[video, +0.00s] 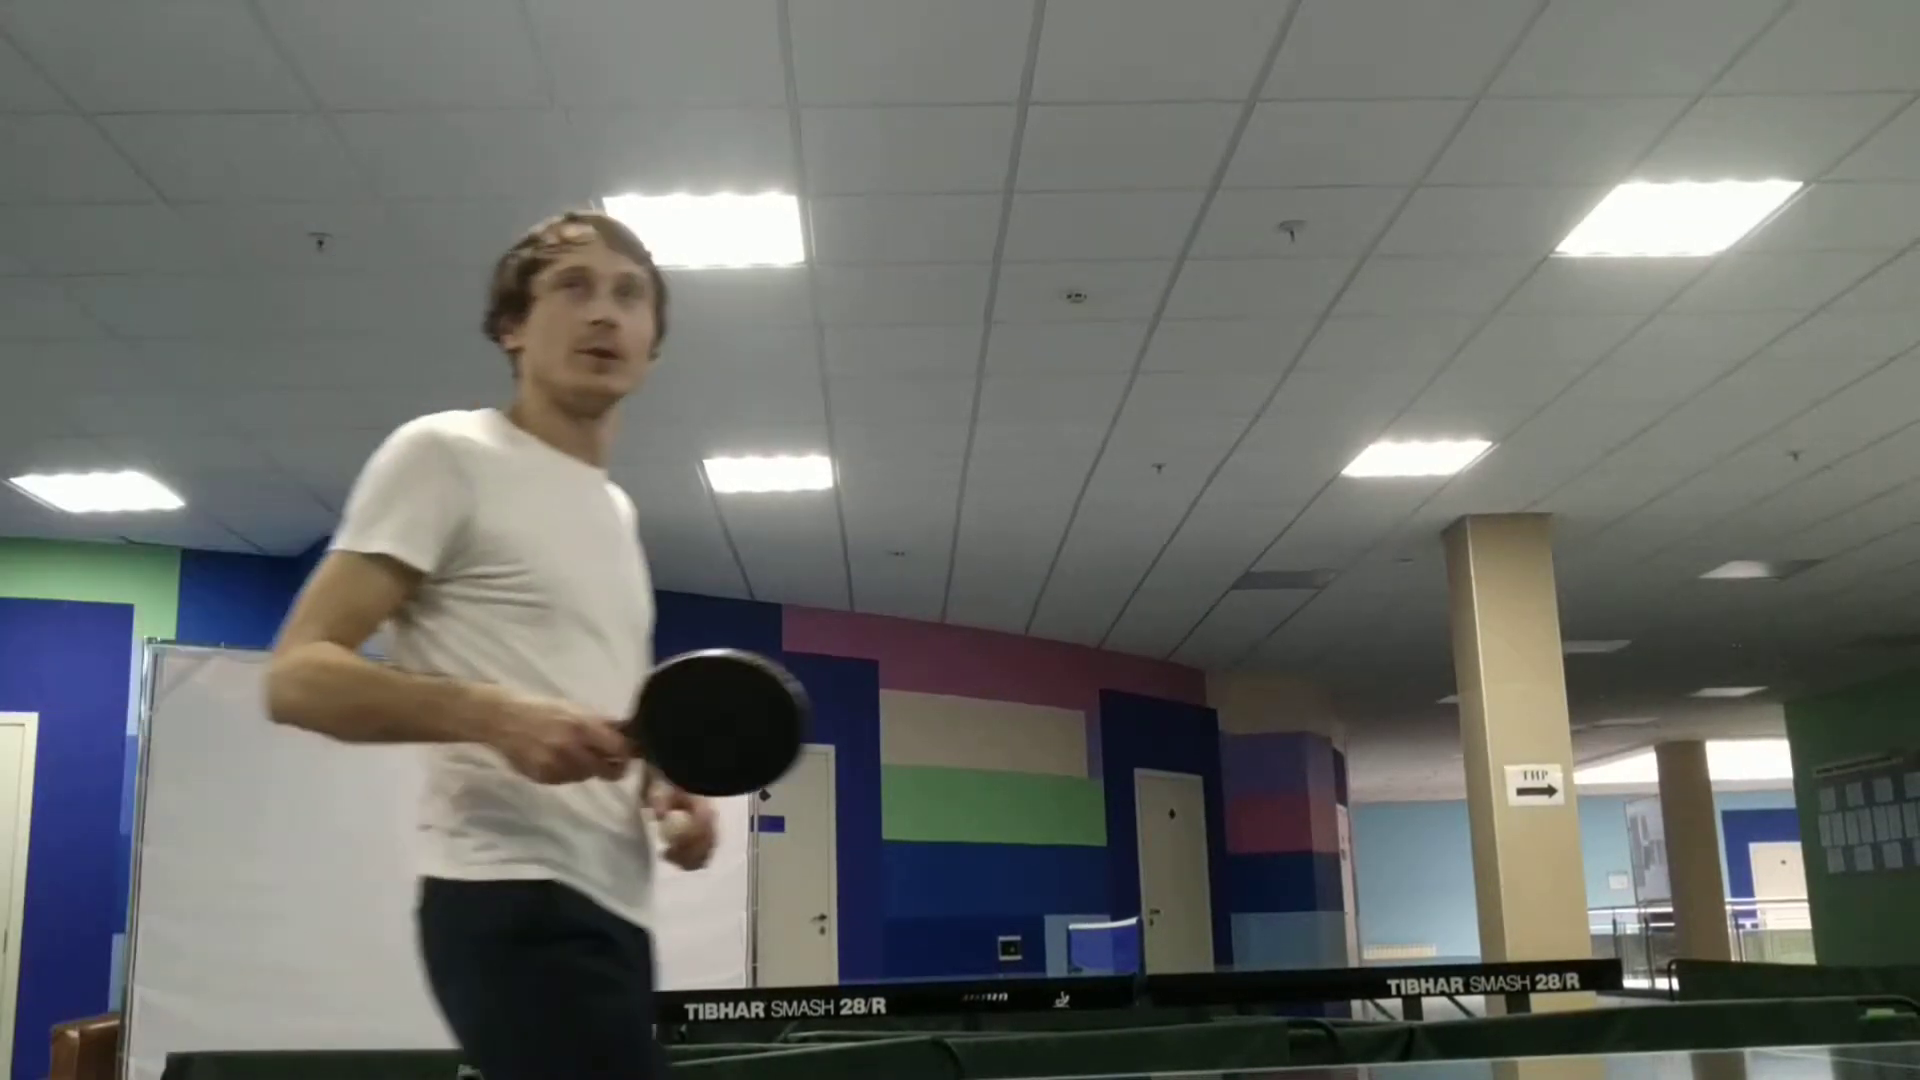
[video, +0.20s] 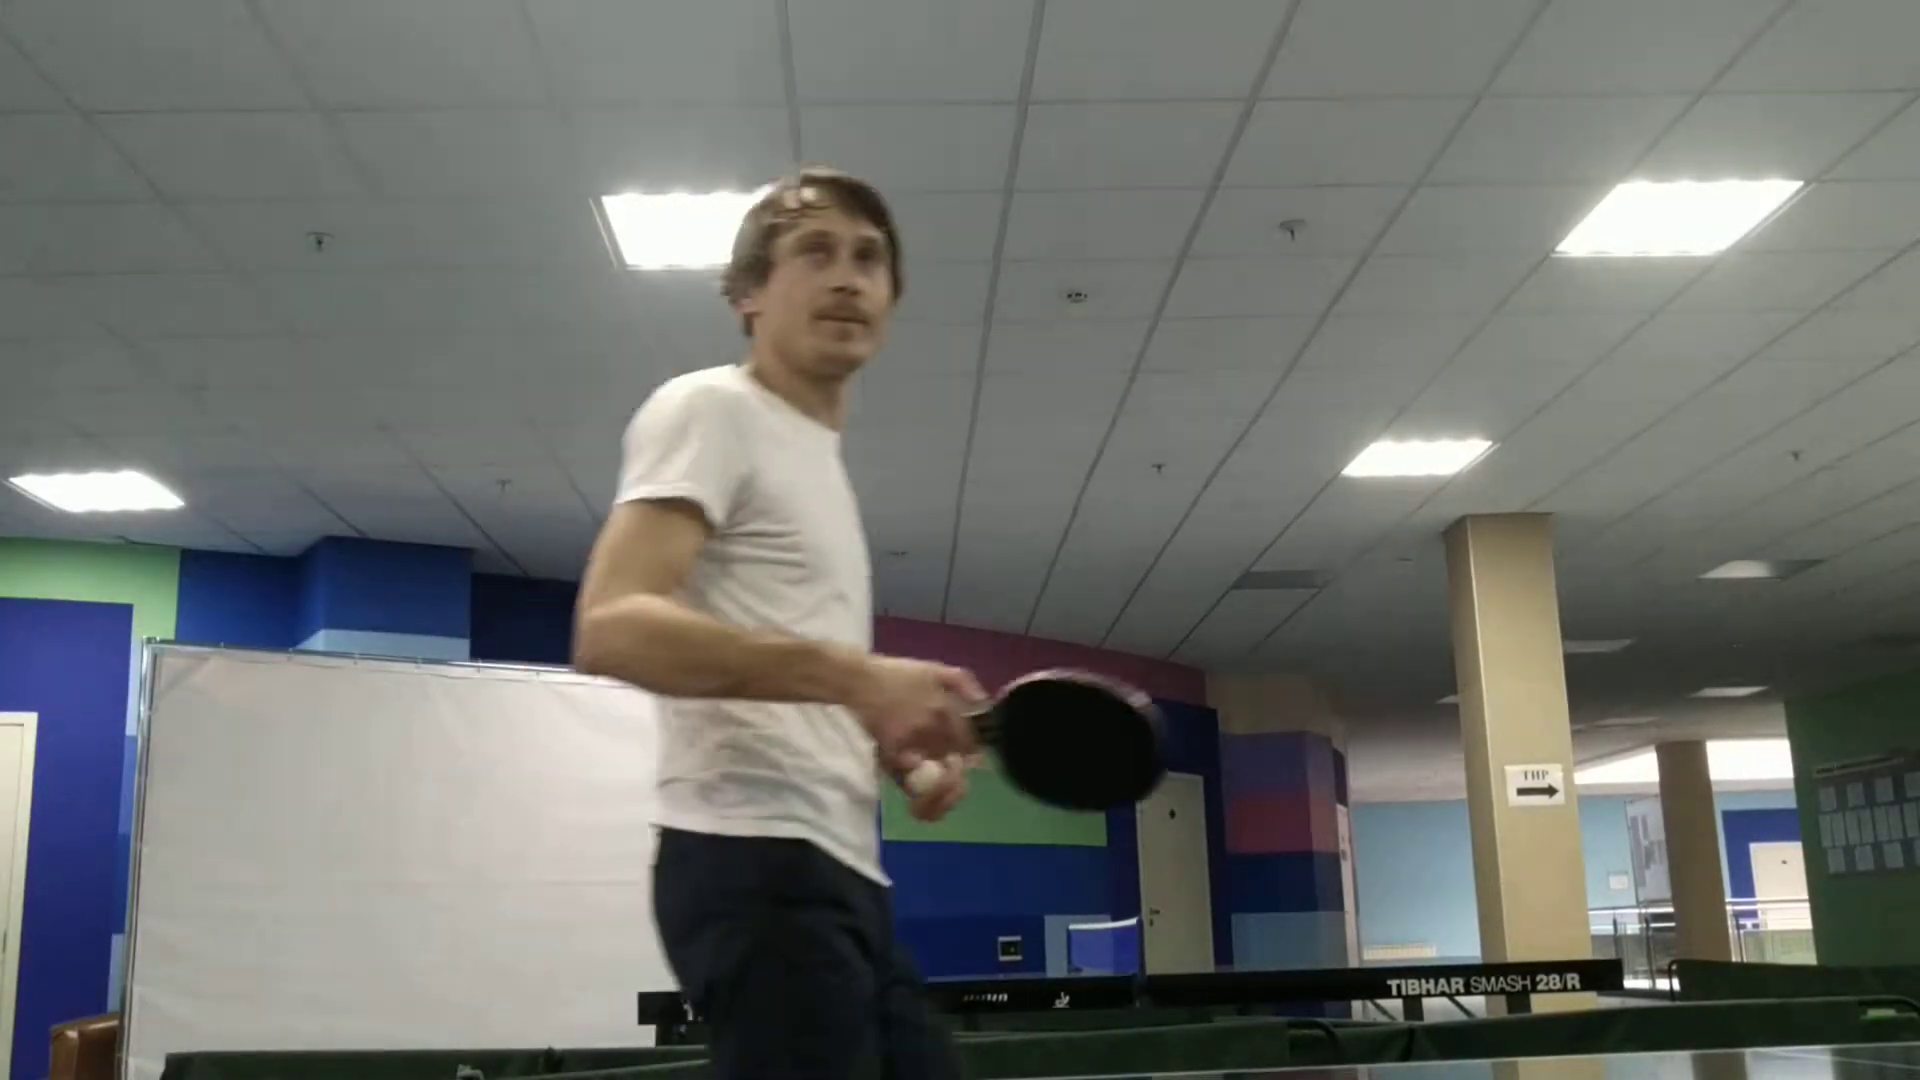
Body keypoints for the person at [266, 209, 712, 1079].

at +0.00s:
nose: (605, 310)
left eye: (630, 293)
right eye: (573, 287)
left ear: (655, 342)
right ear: (514, 327)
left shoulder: (616, 514)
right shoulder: (443, 452)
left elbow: (601, 711)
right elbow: (297, 675)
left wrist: (663, 790)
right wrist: (497, 716)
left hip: (607, 904)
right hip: (509, 898)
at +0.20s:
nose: (847, 274)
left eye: (869, 256)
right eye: (815, 251)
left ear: (890, 299)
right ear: (749, 294)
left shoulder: (824, 464)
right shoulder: (710, 408)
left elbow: (788, 672)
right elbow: (611, 627)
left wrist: (895, 740)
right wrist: (857, 678)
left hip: (837, 872)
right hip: (750, 864)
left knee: (922, 1064)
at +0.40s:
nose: (1090, 284)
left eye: (1107, 266)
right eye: (1055, 261)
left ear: (1127, 307)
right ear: (986, 307)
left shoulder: (1048, 467)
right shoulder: (950, 407)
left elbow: (992, 691)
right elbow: (867, 604)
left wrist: (1107, 757)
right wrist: (1123, 568)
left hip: (1075, 880)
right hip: (979, 871)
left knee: (1121, 1064)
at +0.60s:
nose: (1283, 271)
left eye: (1301, 253)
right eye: (1246, 250)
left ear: (1323, 297)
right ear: (1182, 296)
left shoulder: (1258, 465)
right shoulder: (1138, 401)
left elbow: (1219, 690)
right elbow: (1059, 611)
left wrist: (1318, 733)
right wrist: (1293, 606)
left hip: (1290, 860)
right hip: (1198, 856)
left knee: (1340, 1064)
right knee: (1329, 1064)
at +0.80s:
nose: (1454, 247)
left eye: (1472, 228)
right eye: (1414, 228)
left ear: (1493, 272)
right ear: (1351, 282)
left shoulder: (1450, 458)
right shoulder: (1304, 406)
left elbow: (1430, 664)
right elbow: (1194, 635)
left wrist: (1535, 729)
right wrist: (1405, 703)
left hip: (1484, 860)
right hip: (1387, 861)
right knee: (1498, 1075)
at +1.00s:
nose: (1590, 243)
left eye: (1606, 223)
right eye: (1548, 226)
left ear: (1634, 264)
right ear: (1483, 287)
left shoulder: (1633, 450)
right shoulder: (1442, 434)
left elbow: (1637, 662)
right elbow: (1367, 683)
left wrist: (1702, 714)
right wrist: (1565, 615)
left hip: (1676, 867)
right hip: (1553, 867)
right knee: (1681, 1075)